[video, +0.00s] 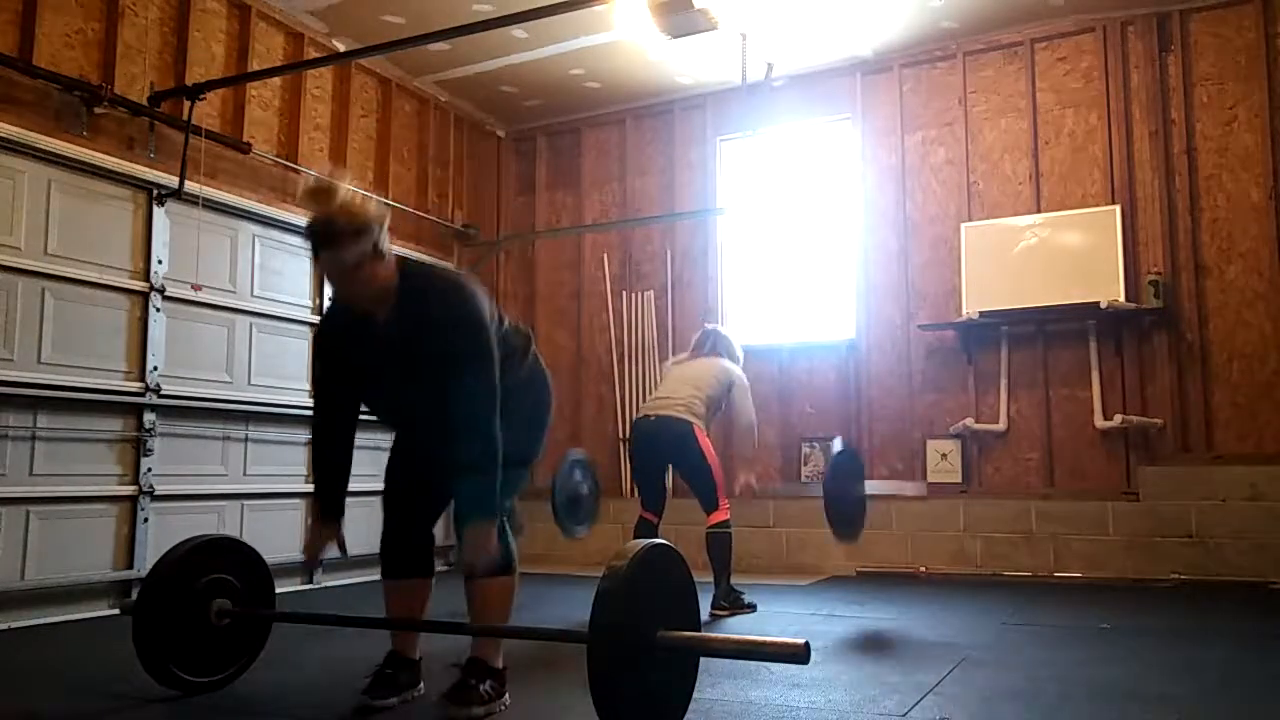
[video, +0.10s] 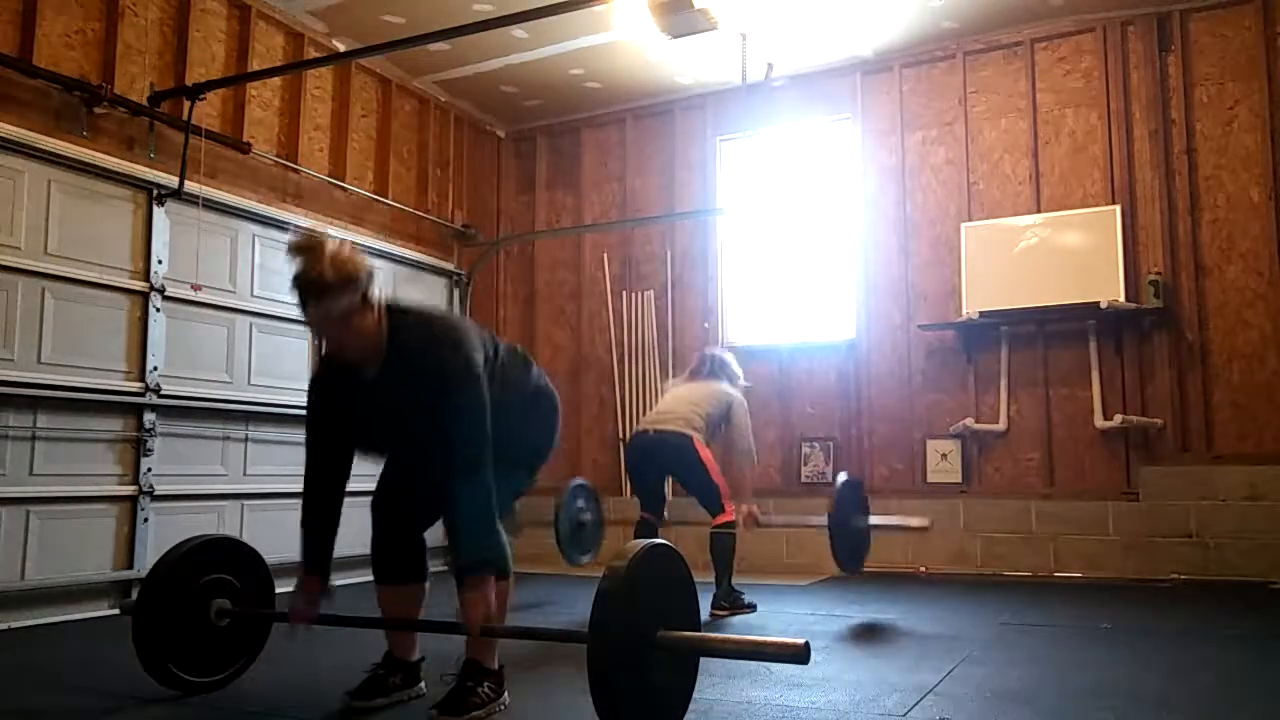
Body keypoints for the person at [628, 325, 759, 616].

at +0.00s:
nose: (737, 361)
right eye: (736, 356)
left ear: (698, 347)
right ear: (729, 353)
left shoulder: (675, 363)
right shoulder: (732, 370)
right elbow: (746, 421)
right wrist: (746, 468)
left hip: (643, 428)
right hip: (683, 430)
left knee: (650, 509)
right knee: (716, 509)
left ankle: (634, 587)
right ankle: (723, 592)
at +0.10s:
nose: (740, 384)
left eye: (739, 380)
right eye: (738, 380)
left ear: (699, 369)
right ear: (729, 375)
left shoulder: (676, 385)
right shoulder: (732, 394)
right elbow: (743, 449)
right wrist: (746, 500)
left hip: (640, 441)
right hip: (682, 443)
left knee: (650, 514)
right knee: (724, 513)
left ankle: (636, 588)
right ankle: (724, 593)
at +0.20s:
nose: (739, 399)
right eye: (738, 394)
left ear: (701, 388)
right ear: (732, 392)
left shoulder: (678, 402)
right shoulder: (733, 410)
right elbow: (744, 466)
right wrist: (747, 517)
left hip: (638, 453)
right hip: (680, 455)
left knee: (655, 515)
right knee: (725, 516)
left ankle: (632, 580)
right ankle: (724, 594)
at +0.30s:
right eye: (743, 407)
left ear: (709, 394)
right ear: (740, 404)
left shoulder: (685, 407)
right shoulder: (735, 418)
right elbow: (745, 479)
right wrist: (751, 528)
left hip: (633, 457)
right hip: (674, 459)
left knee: (658, 516)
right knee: (725, 513)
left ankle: (634, 580)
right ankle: (725, 594)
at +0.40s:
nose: (747, 412)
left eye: (749, 408)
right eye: (747, 406)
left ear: (718, 383)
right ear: (742, 396)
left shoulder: (693, 397)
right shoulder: (727, 406)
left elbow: (696, 462)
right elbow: (733, 463)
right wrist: (739, 507)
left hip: (624, 456)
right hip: (658, 457)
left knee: (667, 521)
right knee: (718, 510)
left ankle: (647, 587)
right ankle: (724, 593)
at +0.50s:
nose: (755, 407)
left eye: (759, 402)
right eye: (755, 398)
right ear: (739, 381)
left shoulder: (696, 378)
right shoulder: (709, 384)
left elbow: (670, 444)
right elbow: (698, 433)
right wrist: (716, 480)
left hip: (619, 442)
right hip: (634, 442)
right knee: (694, 507)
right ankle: (717, 584)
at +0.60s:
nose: (737, 365)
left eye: (741, 359)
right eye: (738, 357)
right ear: (725, 349)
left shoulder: (700, 369)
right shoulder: (693, 363)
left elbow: (668, 413)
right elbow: (666, 407)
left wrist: (686, 453)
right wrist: (692, 455)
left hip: (641, 437)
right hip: (623, 434)